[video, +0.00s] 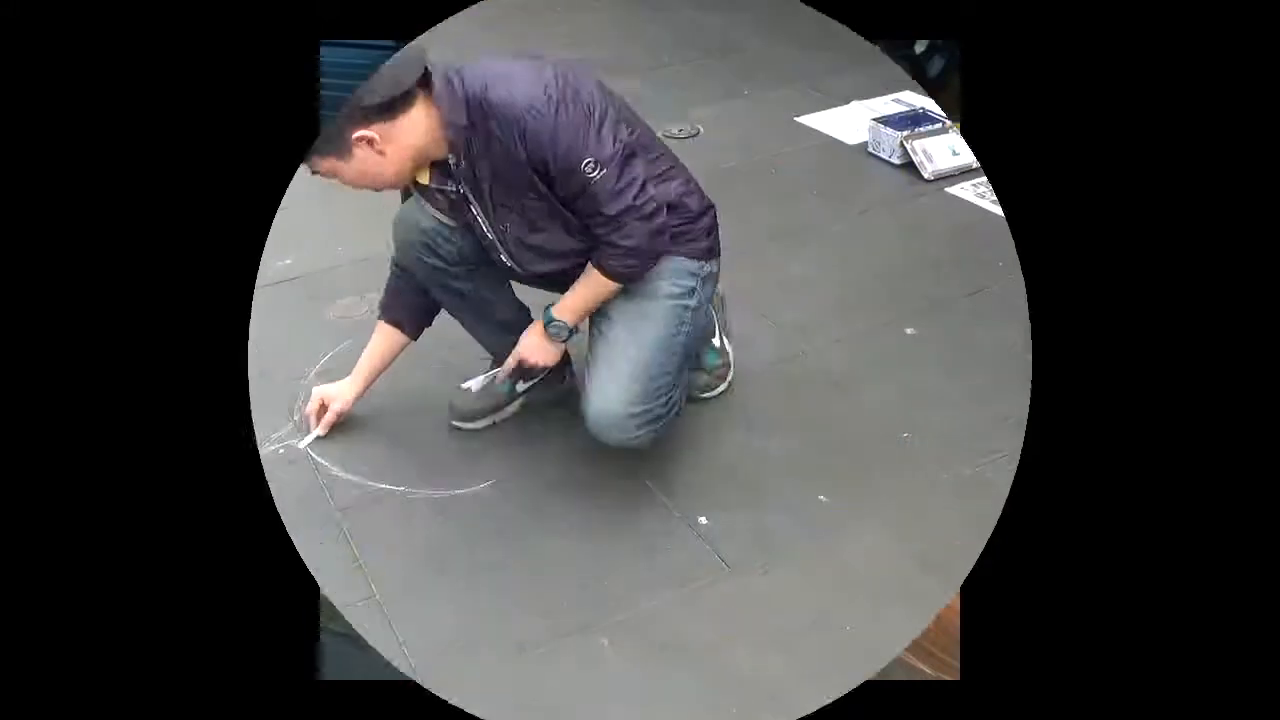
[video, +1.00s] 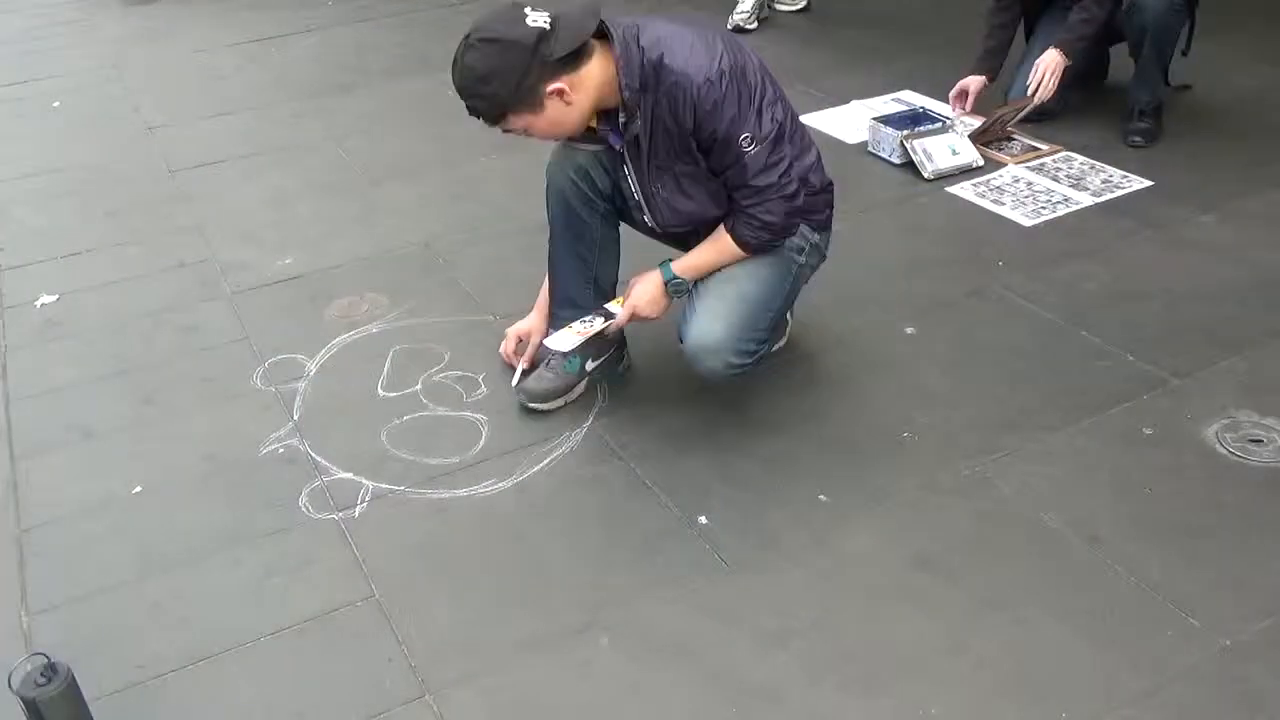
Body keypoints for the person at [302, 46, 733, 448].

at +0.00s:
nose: (352, 187)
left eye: (336, 174)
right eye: (335, 179)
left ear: (367, 143)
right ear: (369, 138)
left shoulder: (537, 107)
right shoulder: (427, 155)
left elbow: (640, 235)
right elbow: (417, 278)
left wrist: (554, 326)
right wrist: (353, 384)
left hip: (662, 247)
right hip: (568, 252)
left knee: (617, 422)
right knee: (421, 228)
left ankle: (698, 320)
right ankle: (529, 363)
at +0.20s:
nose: (549, 173)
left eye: (550, 158)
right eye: (538, 164)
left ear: (592, 106)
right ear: (591, 104)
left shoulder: (719, 101)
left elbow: (787, 230)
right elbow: (518, 263)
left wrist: (682, 304)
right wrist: (484, 391)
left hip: (745, 259)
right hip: (657, 257)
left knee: (746, 367)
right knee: (561, 214)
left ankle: (715, 355)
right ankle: (628, 358)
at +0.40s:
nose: (609, 48)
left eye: (611, 34)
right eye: (603, 37)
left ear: (661, 11)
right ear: (657, 9)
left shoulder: (782, 61)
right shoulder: (684, 23)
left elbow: (811, 202)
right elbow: (612, 73)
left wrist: (702, 229)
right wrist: (522, 139)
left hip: (816, 210)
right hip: (738, 168)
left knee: (729, 324)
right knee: (611, 123)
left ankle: (790, 317)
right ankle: (645, 267)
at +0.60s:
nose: (465, 190)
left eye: (458, 179)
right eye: (455, 183)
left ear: (496, 147)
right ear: (497, 142)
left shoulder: (639, 108)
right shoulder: (522, 149)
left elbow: (742, 217)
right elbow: (497, 246)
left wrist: (639, 291)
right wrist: (446, 340)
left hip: (723, 230)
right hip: (634, 239)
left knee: (730, 324)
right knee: (516, 221)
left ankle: (698, 319)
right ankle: (614, 323)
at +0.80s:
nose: (479, 178)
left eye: (469, 168)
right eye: (467, 174)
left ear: (499, 126)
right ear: (499, 120)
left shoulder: (643, 109)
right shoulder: (532, 125)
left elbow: (733, 237)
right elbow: (516, 237)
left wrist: (631, 294)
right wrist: (478, 329)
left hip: (739, 233)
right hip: (647, 232)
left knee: (702, 348)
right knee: (526, 207)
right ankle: (610, 321)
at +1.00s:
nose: (527, 138)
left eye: (520, 128)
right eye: (516, 131)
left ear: (558, 93)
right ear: (559, 87)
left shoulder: (702, 78)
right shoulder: (595, 84)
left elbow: (774, 211)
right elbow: (580, 214)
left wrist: (669, 279)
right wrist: (542, 314)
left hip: (778, 222)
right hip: (692, 206)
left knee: (712, 350)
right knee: (573, 167)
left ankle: (765, 306)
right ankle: (592, 341)